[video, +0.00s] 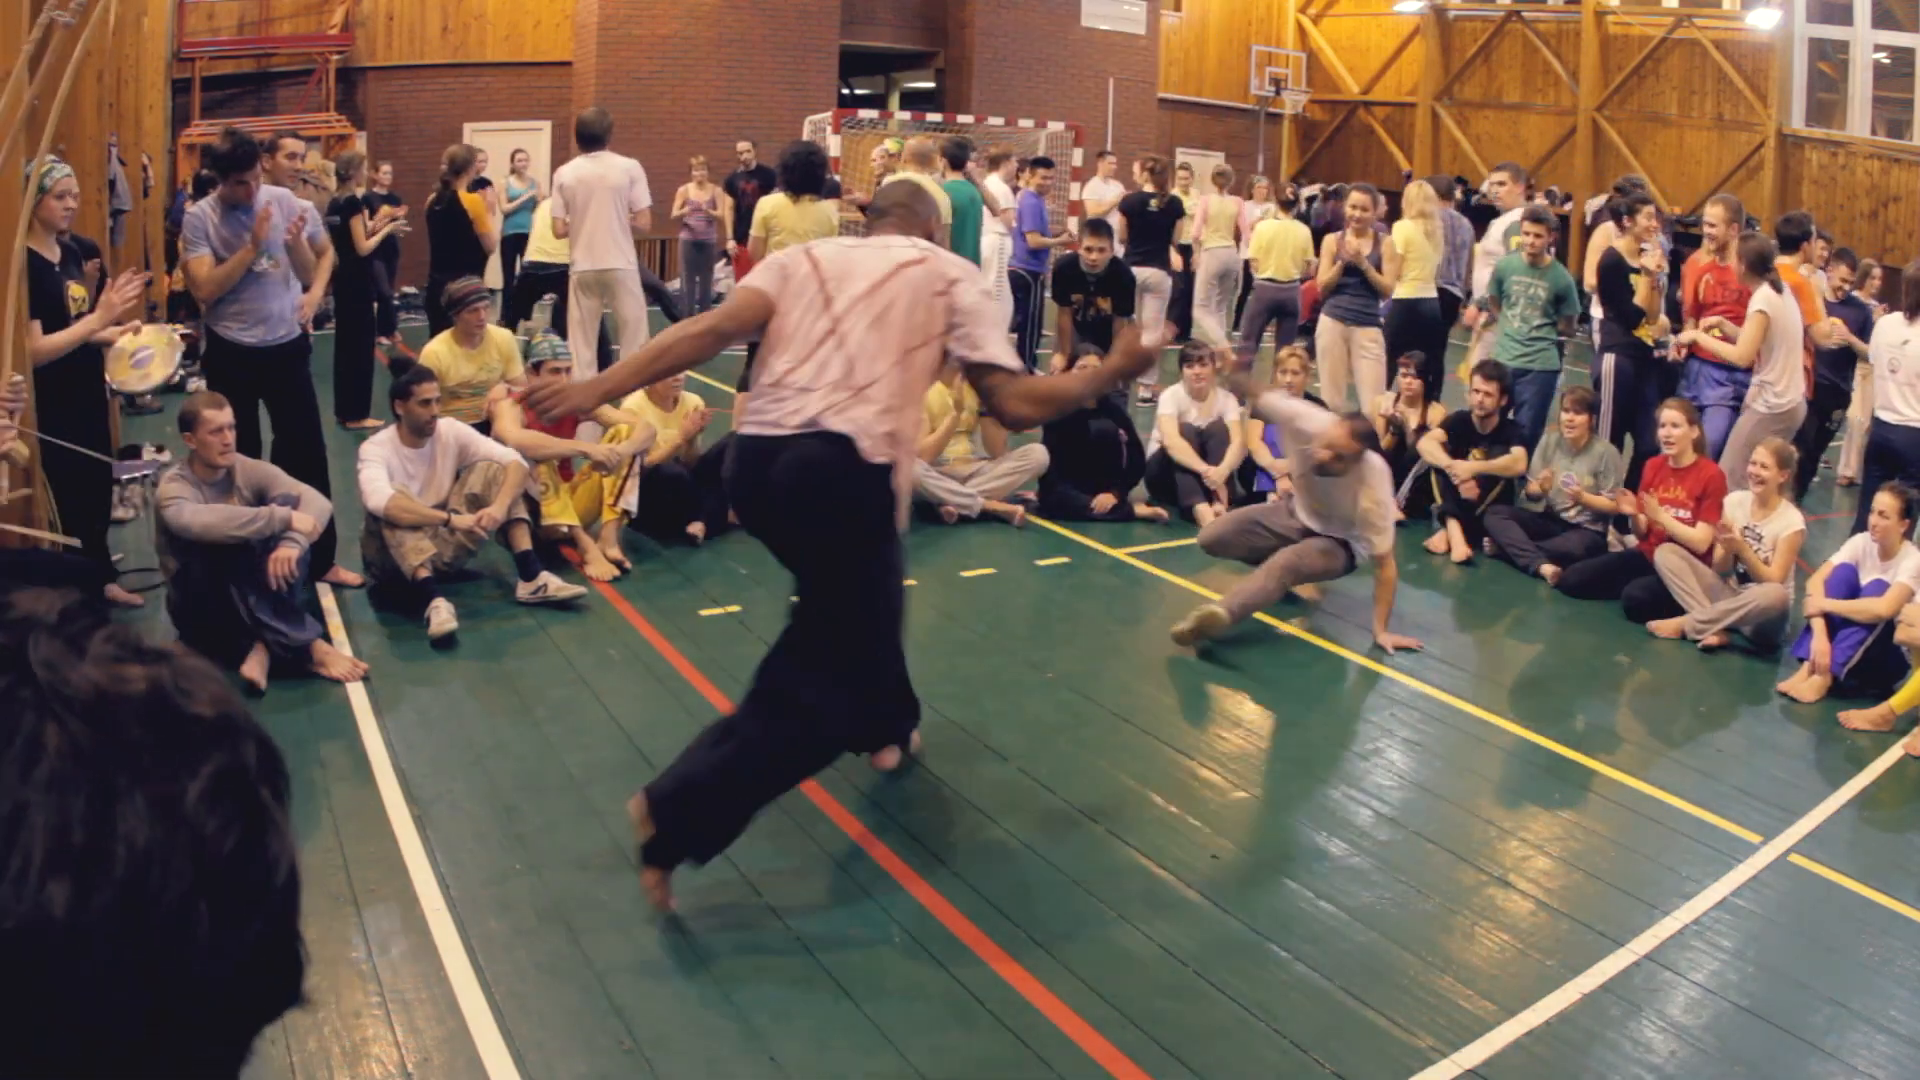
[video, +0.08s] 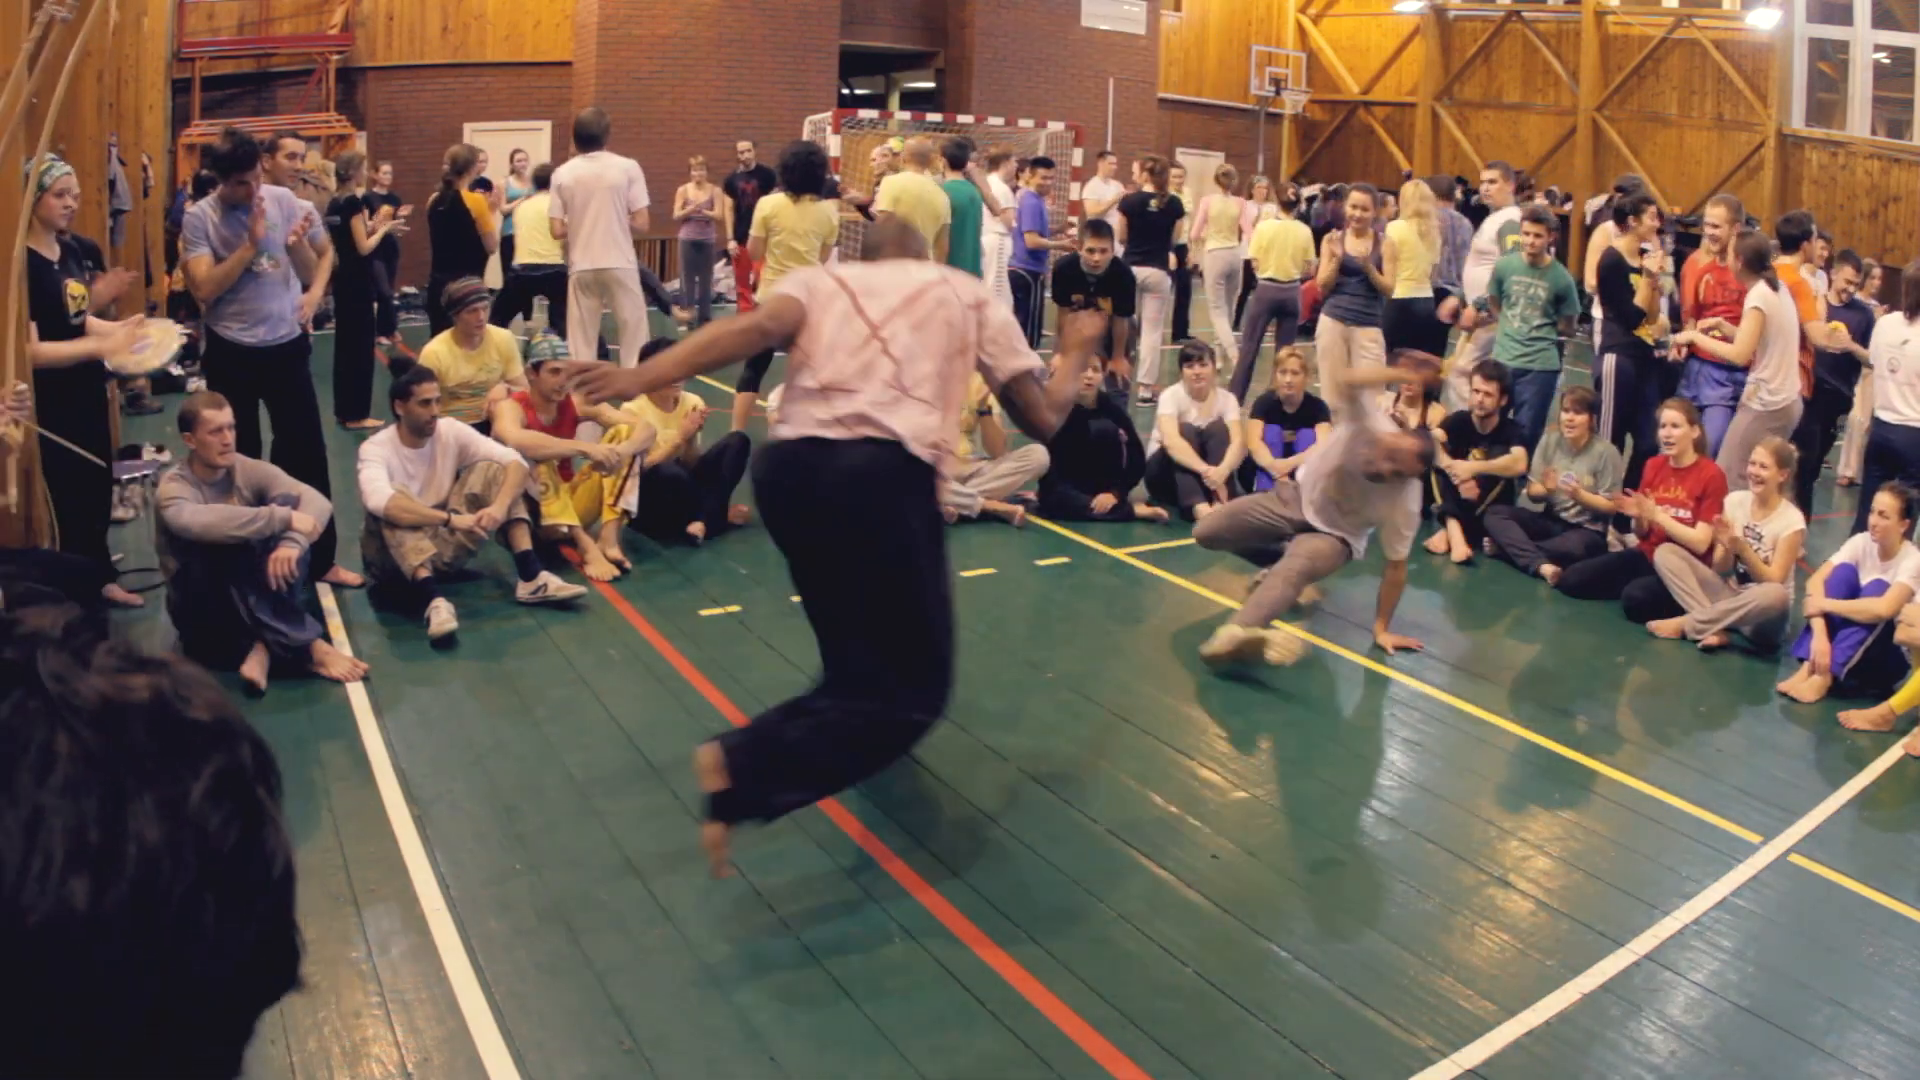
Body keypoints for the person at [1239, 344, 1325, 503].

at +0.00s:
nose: (1288, 380)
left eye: (1295, 373)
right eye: (1283, 373)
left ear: (1306, 377)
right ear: (1275, 375)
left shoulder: (1317, 407)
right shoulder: (1264, 402)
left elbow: (1326, 451)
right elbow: (1253, 442)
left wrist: (1289, 465)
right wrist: (1279, 476)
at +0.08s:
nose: (1288, 380)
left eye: (1295, 374)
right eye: (1283, 373)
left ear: (1305, 378)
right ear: (1275, 376)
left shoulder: (1317, 406)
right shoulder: (1264, 402)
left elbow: (1324, 445)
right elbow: (1253, 441)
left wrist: (1288, 464)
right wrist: (1275, 469)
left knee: (1306, 436)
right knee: (1272, 431)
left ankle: (1305, 485)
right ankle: (1267, 489)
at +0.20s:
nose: (1288, 380)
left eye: (1295, 373)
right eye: (1283, 373)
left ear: (1305, 377)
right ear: (1274, 376)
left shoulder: (1317, 406)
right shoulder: (1263, 403)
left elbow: (1322, 448)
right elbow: (1253, 441)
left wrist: (1290, 463)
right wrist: (1270, 464)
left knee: (1306, 435)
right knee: (1272, 433)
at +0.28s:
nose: (1288, 380)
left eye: (1295, 373)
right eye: (1283, 373)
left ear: (1306, 378)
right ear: (1275, 376)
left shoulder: (1317, 406)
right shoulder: (1263, 403)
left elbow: (1323, 446)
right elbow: (1253, 442)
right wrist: (1274, 466)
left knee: (1307, 435)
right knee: (1272, 431)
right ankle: (1267, 491)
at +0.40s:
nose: (1289, 379)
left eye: (1295, 373)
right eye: (1283, 372)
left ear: (1306, 377)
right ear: (1275, 376)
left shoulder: (1317, 406)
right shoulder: (1263, 403)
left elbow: (1324, 447)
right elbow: (1253, 443)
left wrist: (1286, 465)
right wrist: (1280, 476)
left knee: (1307, 435)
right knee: (1271, 431)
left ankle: (1302, 502)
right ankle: (1272, 499)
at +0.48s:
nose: (1289, 379)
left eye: (1295, 373)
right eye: (1283, 372)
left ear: (1306, 377)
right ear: (1275, 376)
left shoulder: (1317, 406)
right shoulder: (1263, 403)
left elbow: (1324, 447)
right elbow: (1253, 442)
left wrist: (1287, 465)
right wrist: (1280, 476)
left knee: (1307, 435)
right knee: (1271, 431)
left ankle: (1301, 500)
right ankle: (1272, 498)